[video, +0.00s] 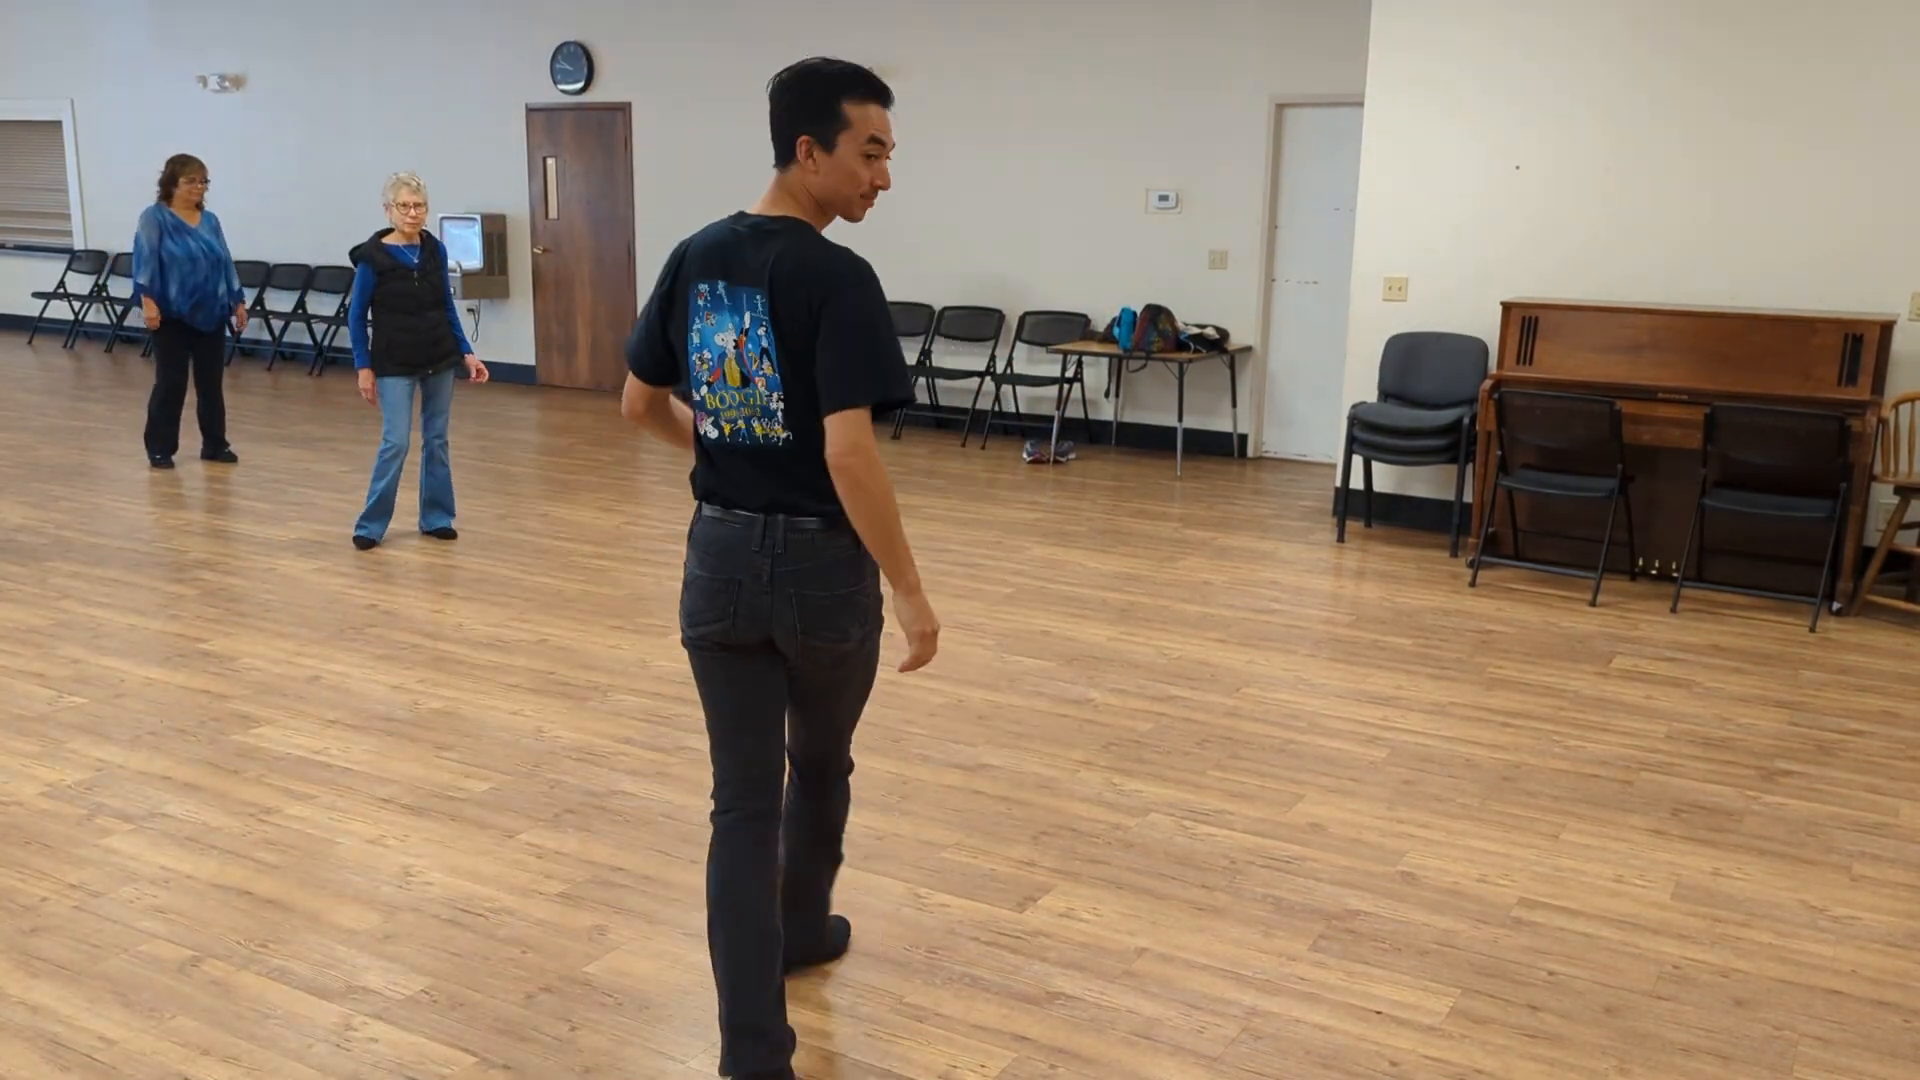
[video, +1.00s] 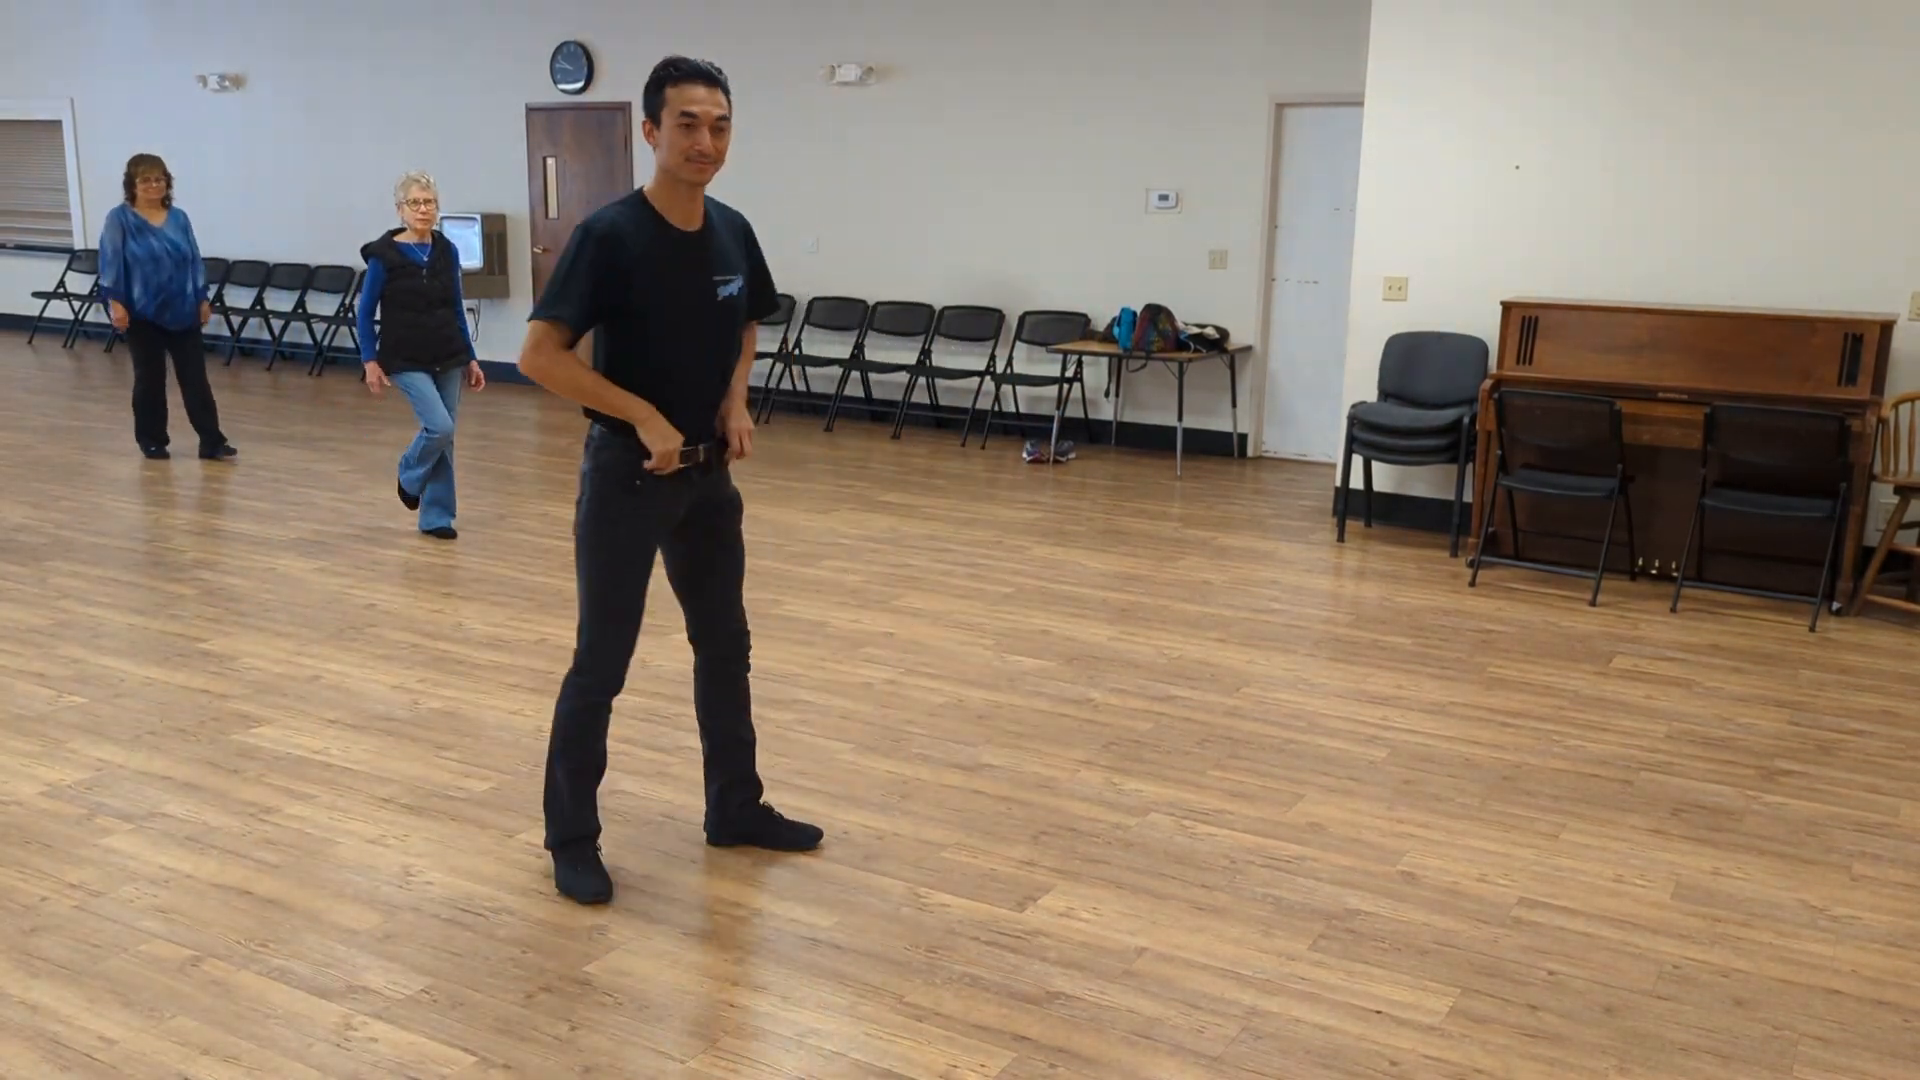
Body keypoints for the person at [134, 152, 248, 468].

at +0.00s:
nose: (201, 187)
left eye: (203, 181)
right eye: (193, 181)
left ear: (205, 184)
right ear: (174, 183)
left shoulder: (209, 220)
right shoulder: (154, 217)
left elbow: (226, 263)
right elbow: (144, 263)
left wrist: (237, 301)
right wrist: (148, 301)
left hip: (210, 314)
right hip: (171, 314)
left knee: (211, 383)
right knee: (171, 384)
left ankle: (215, 445)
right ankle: (160, 451)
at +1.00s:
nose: (154, 184)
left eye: (159, 179)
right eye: (146, 179)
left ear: (167, 183)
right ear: (133, 184)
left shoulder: (178, 217)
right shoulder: (120, 217)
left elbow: (195, 260)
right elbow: (110, 263)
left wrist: (201, 298)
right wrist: (115, 301)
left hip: (183, 310)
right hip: (143, 312)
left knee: (195, 378)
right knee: (150, 379)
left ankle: (211, 441)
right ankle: (152, 441)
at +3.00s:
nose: (166, 183)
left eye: (172, 178)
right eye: (159, 178)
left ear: (180, 183)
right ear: (147, 183)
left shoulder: (189, 218)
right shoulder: (134, 216)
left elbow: (204, 261)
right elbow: (128, 262)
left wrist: (214, 296)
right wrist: (134, 298)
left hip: (192, 308)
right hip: (155, 308)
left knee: (192, 375)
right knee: (157, 375)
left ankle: (193, 436)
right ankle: (152, 440)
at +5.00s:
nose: (182, 185)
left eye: (185, 180)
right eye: (175, 179)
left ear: (186, 183)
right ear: (156, 182)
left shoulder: (190, 217)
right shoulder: (137, 216)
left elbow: (205, 261)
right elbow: (133, 262)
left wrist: (216, 296)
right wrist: (143, 298)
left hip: (194, 308)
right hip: (158, 308)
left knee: (193, 374)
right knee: (159, 374)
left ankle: (193, 435)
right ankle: (152, 440)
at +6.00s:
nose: (179, 183)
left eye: (181, 178)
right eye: (171, 178)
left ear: (182, 182)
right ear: (152, 181)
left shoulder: (187, 216)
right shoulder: (135, 216)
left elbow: (201, 261)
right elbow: (130, 263)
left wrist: (211, 295)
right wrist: (137, 299)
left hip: (193, 307)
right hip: (157, 307)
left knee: (192, 375)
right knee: (158, 375)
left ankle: (194, 436)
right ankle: (152, 440)